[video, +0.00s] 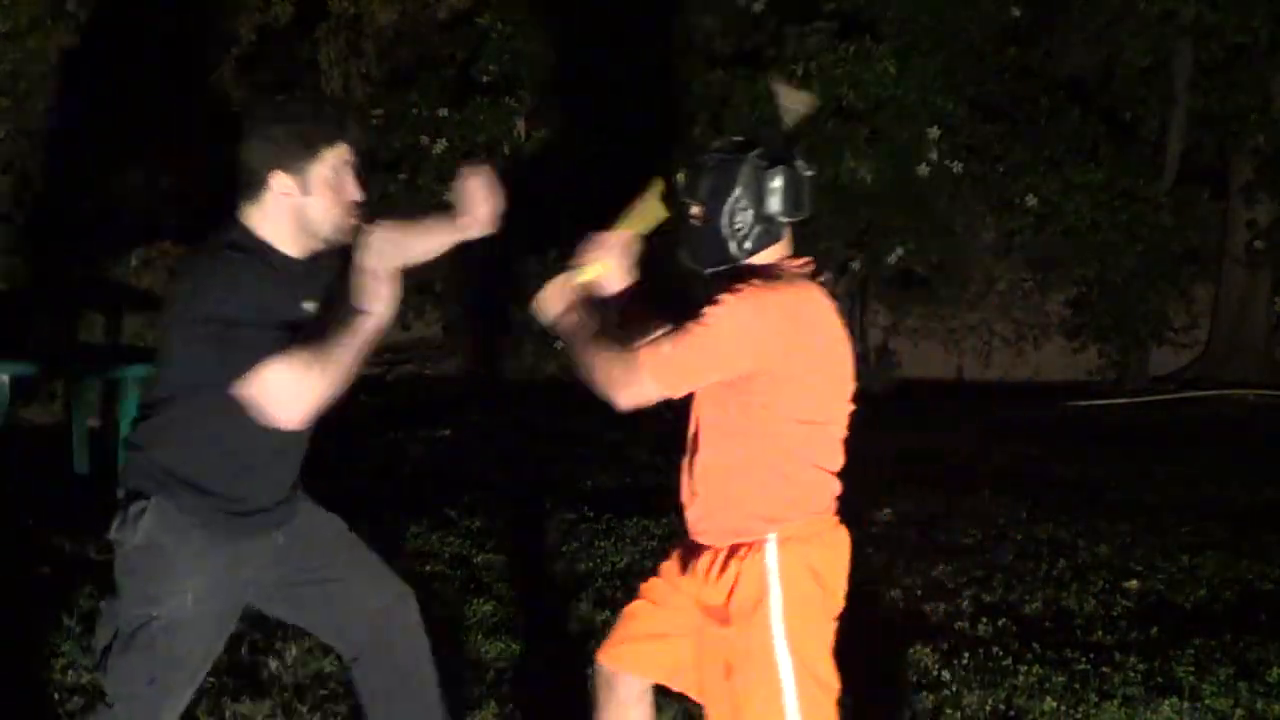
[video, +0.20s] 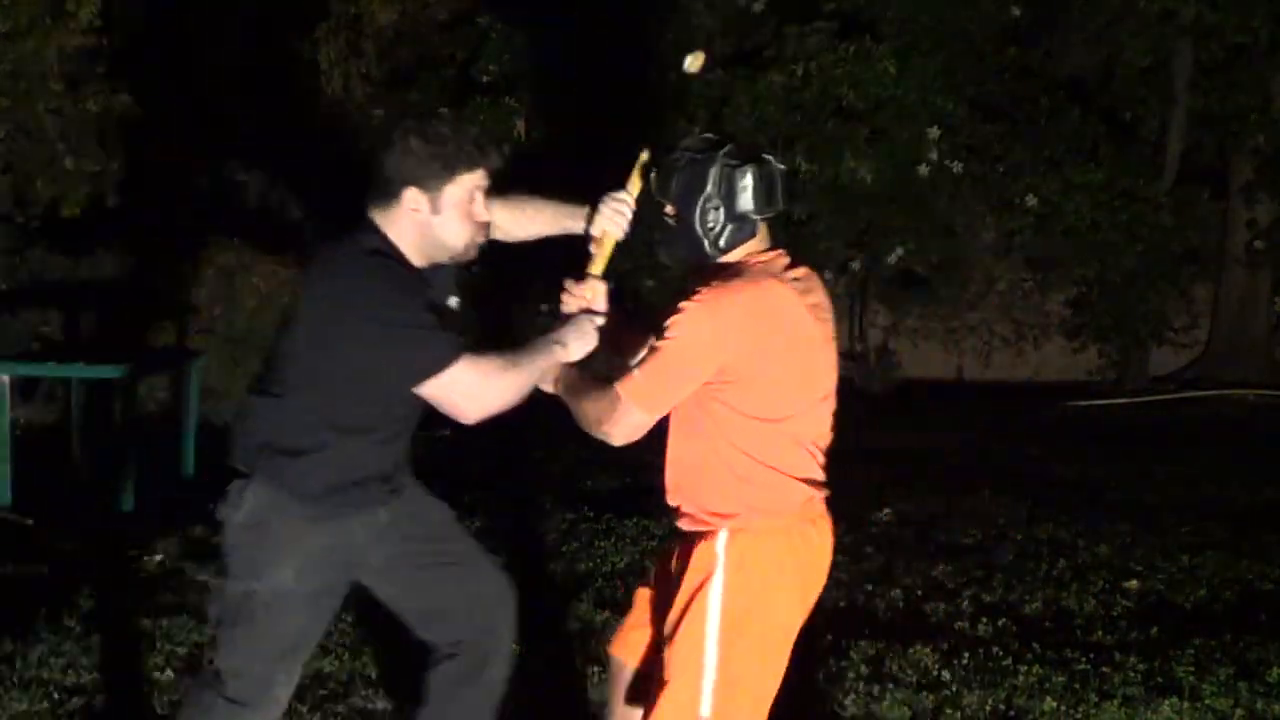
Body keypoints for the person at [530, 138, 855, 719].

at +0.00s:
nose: (692, 224)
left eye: (703, 210)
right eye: (694, 209)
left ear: (738, 218)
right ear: (772, 218)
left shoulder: (774, 312)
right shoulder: (752, 305)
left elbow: (627, 384)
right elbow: (666, 356)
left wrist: (570, 316)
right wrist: (622, 294)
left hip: (777, 557)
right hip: (710, 555)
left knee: (782, 711)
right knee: (622, 671)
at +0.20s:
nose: (664, 223)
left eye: (674, 210)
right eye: (665, 208)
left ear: (708, 219)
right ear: (744, 213)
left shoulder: (724, 309)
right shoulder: (797, 290)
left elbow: (618, 422)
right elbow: (669, 370)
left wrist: (564, 371)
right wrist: (602, 323)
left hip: (746, 546)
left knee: (700, 707)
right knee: (631, 663)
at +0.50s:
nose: (766, 231)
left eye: (775, 220)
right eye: (768, 217)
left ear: (806, 233)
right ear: (855, 231)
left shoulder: (828, 326)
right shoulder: (893, 304)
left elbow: (710, 424)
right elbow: (732, 396)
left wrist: (603, 433)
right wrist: (638, 411)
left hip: (909, 540)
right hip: (948, 529)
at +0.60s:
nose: (822, 255)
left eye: (829, 242)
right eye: (824, 241)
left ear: (858, 248)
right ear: (913, 238)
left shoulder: (881, 329)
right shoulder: (976, 309)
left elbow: (768, 403)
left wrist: (650, 422)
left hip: (993, 531)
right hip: (1055, 517)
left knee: (912, 685)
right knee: (948, 691)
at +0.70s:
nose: (925, 257)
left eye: (934, 244)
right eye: (925, 243)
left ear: (966, 248)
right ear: (1008, 239)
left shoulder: (993, 323)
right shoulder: (1070, 311)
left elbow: (864, 375)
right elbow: (875, 350)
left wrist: (742, 376)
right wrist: (754, 353)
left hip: (1084, 542)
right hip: (1127, 532)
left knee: (996, 705)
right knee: (1039, 701)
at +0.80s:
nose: (1019, 254)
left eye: (1028, 239)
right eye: (1020, 238)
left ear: (1057, 243)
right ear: (1100, 233)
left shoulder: (1085, 318)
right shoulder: (1136, 300)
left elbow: (953, 365)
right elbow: (976, 336)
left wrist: (847, 337)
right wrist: (858, 322)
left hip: (1161, 535)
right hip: (1190, 526)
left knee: (1044, 696)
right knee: (1089, 698)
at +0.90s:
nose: (1109, 219)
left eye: (1118, 206)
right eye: (1109, 205)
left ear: (1149, 212)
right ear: (1185, 205)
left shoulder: (1171, 297)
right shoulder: (1224, 275)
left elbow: (1052, 368)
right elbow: (1115, 321)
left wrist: (955, 337)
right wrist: (1022, 317)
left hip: (1214, 530)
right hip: (1244, 521)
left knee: (1138, 698)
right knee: (1164, 697)